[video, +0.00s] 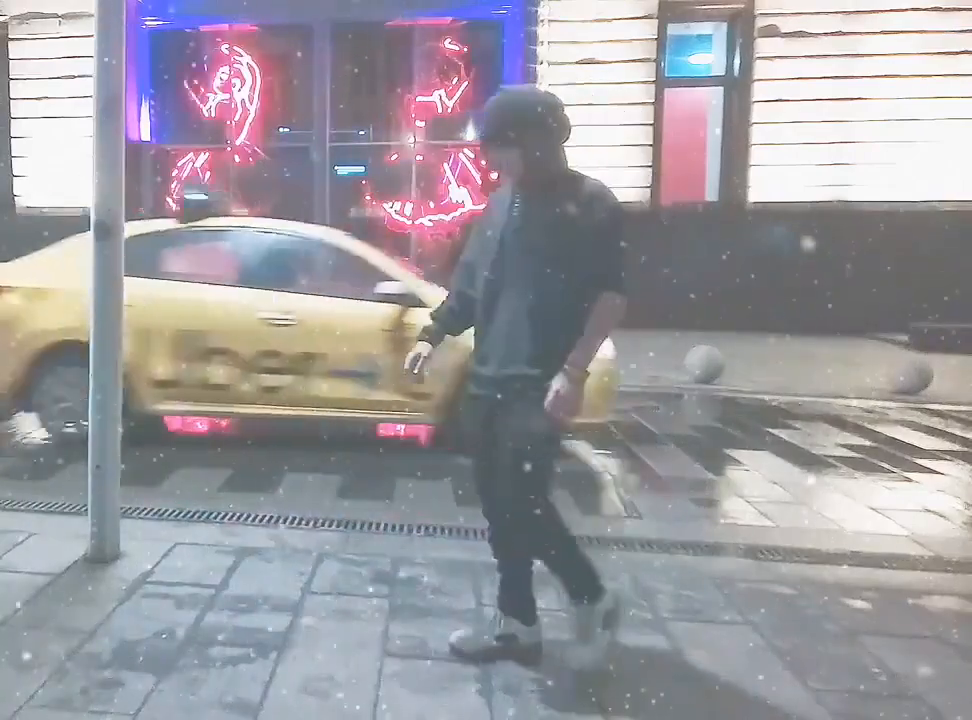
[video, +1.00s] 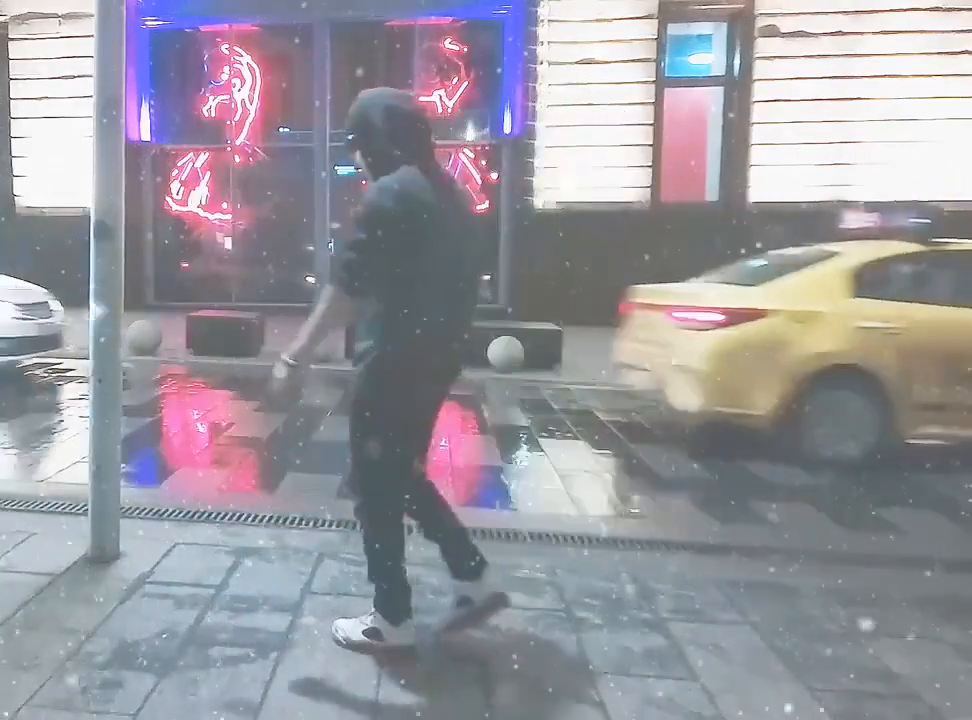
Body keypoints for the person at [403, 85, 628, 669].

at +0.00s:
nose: (494, 161)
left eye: (503, 148)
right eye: (491, 150)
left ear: (539, 143)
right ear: (499, 149)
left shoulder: (591, 205)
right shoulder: (502, 205)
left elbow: (612, 296)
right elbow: (472, 284)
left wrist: (573, 374)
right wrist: (432, 337)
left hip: (541, 384)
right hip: (490, 379)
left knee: (524, 501)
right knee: (499, 501)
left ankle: (592, 601)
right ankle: (517, 627)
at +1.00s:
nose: (356, 155)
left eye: (359, 143)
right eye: (355, 144)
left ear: (379, 141)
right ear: (413, 137)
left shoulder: (390, 197)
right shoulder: (449, 193)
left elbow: (347, 286)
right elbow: (460, 284)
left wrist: (297, 352)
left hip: (399, 354)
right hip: (441, 351)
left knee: (373, 477)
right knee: (404, 469)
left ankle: (391, 618)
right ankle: (474, 579)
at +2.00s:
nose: (335, 179)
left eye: (334, 168)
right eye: (331, 170)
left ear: (352, 157)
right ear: (379, 151)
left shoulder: (369, 202)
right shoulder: (419, 197)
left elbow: (361, 285)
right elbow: (423, 281)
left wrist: (323, 350)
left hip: (381, 338)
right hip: (419, 337)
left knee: (336, 449)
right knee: (389, 448)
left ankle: (380, 565)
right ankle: (383, 564)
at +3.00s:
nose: (430, 177)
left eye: (438, 165)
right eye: (426, 167)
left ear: (466, 161)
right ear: (426, 167)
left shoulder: (513, 210)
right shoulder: (432, 215)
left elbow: (528, 291)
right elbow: (415, 290)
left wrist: (512, 364)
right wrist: (400, 353)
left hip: (484, 371)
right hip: (431, 365)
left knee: (491, 482)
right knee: (401, 466)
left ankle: (482, 582)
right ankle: (388, 573)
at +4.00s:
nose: (443, 167)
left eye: (454, 156)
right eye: (435, 155)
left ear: (469, 158)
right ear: (418, 149)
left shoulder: (480, 212)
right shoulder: (383, 202)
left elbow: (500, 288)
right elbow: (349, 269)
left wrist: (547, 310)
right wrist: (336, 303)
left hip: (448, 368)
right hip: (385, 365)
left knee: (445, 475)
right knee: (368, 478)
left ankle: (475, 575)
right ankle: (360, 585)